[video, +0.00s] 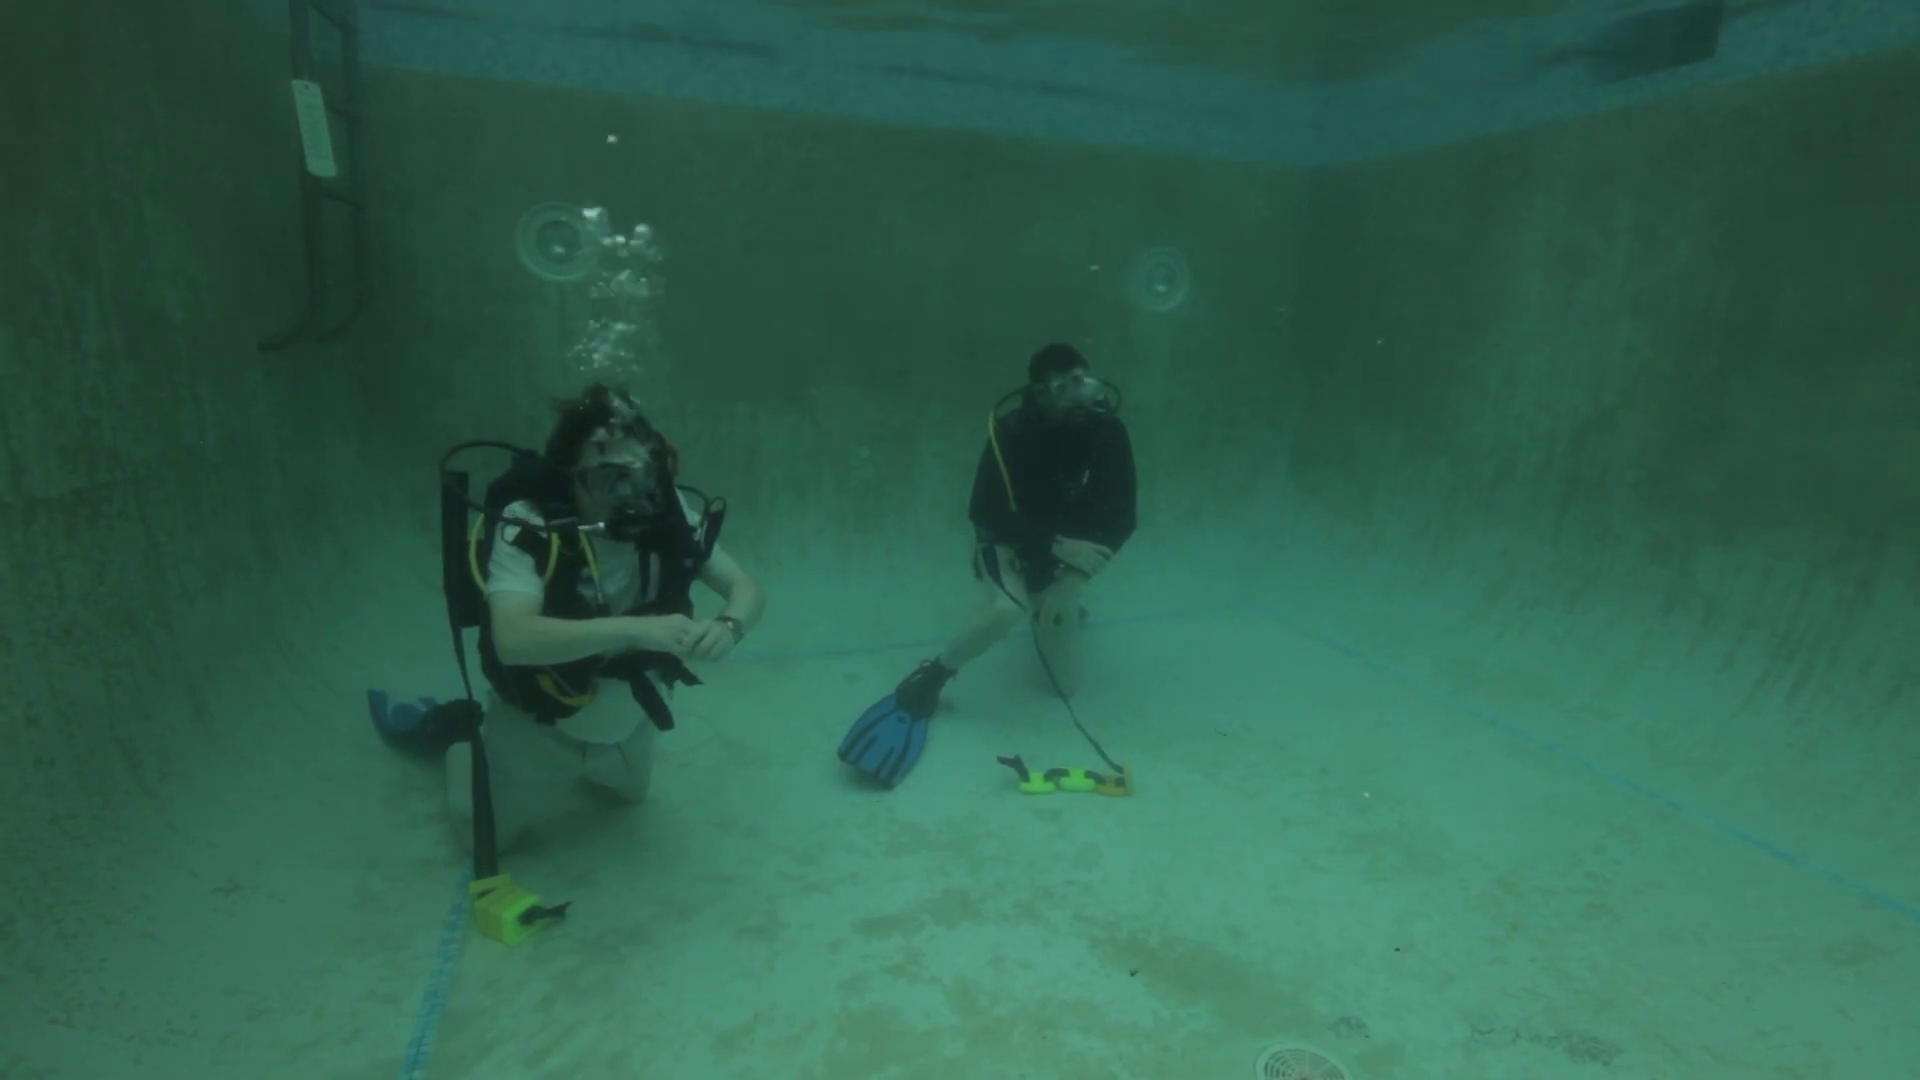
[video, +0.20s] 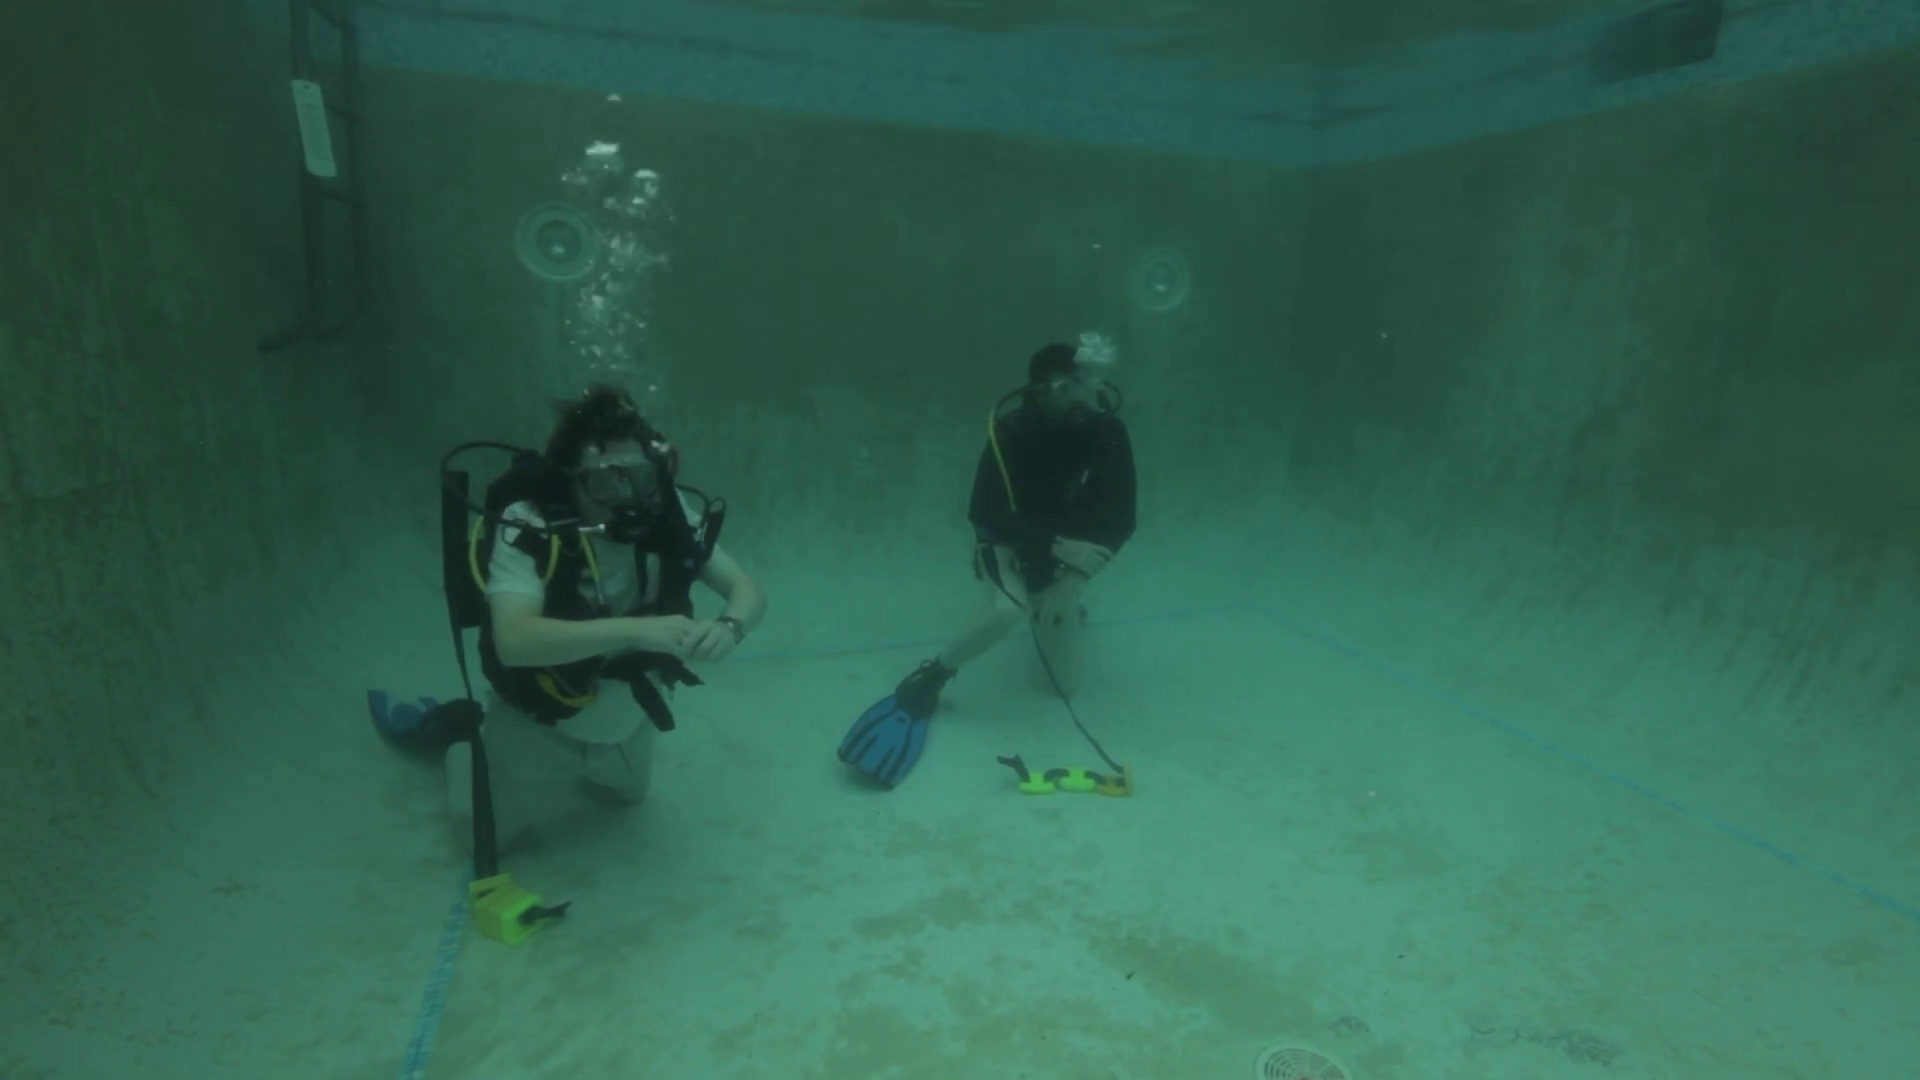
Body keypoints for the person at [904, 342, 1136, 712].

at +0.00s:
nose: (1080, 393)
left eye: (1082, 381)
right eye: (1066, 385)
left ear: (1090, 380)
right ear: (1041, 393)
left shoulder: (1107, 431)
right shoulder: (1012, 430)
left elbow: (1121, 517)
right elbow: (986, 510)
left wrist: (1073, 581)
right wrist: (1050, 545)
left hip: (1072, 549)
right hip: (1011, 541)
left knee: (1066, 682)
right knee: (1008, 609)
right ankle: (933, 675)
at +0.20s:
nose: (1088, 394)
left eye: (1089, 383)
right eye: (1075, 384)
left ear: (1093, 385)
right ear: (1048, 389)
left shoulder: (1107, 432)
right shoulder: (1012, 429)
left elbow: (1120, 518)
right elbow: (988, 514)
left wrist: (1071, 582)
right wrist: (1058, 544)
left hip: (1067, 551)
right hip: (1009, 542)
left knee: (1067, 681)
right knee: (1009, 610)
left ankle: (1060, 606)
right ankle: (931, 678)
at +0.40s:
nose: (1085, 395)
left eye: (1086, 383)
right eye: (1071, 387)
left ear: (1093, 382)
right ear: (1044, 394)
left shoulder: (1107, 430)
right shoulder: (1014, 430)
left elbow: (1121, 518)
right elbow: (988, 513)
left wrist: (1071, 584)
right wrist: (1058, 545)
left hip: (1067, 552)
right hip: (1009, 542)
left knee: (1069, 681)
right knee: (1009, 610)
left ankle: (1057, 606)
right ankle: (931, 678)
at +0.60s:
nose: (1087, 394)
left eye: (1088, 382)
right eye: (1073, 386)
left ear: (1095, 381)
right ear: (1046, 394)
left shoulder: (1108, 430)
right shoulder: (1015, 428)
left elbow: (1121, 518)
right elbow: (989, 513)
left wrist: (1071, 585)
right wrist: (1059, 545)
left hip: (1067, 551)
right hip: (1010, 541)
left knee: (1068, 681)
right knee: (1010, 609)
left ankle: (1054, 607)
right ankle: (930, 679)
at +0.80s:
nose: (1084, 392)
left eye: (1084, 380)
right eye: (1070, 385)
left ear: (1092, 380)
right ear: (1044, 394)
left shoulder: (1108, 431)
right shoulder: (1015, 429)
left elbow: (1121, 518)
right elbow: (989, 513)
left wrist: (1071, 583)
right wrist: (1059, 546)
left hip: (1068, 551)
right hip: (1011, 543)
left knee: (1069, 680)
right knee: (1010, 609)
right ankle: (932, 677)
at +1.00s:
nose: (1085, 393)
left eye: (1086, 381)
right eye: (1072, 386)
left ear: (1092, 381)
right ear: (1044, 393)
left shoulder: (1107, 428)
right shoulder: (1016, 426)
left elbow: (1121, 518)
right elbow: (990, 512)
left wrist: (1070, 584)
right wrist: (1058, 546)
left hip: (1066, 550)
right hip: (1008, 541)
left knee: (1068, 680)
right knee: (1009, 611)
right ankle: (931, 678)